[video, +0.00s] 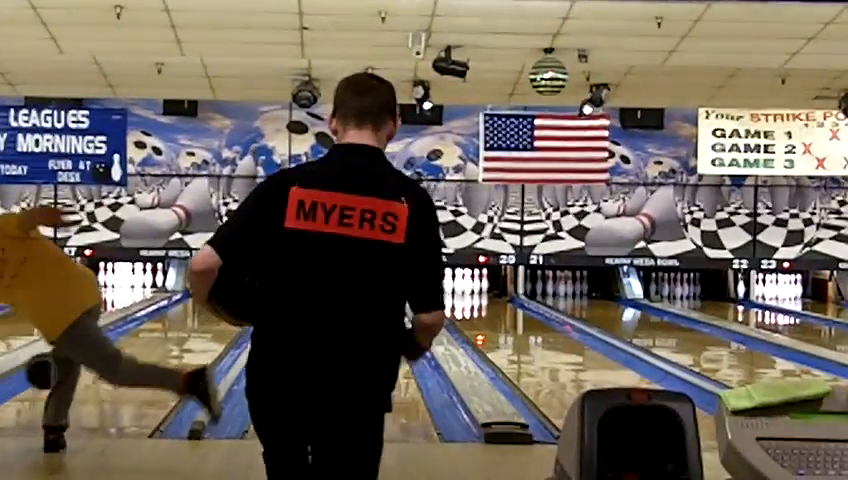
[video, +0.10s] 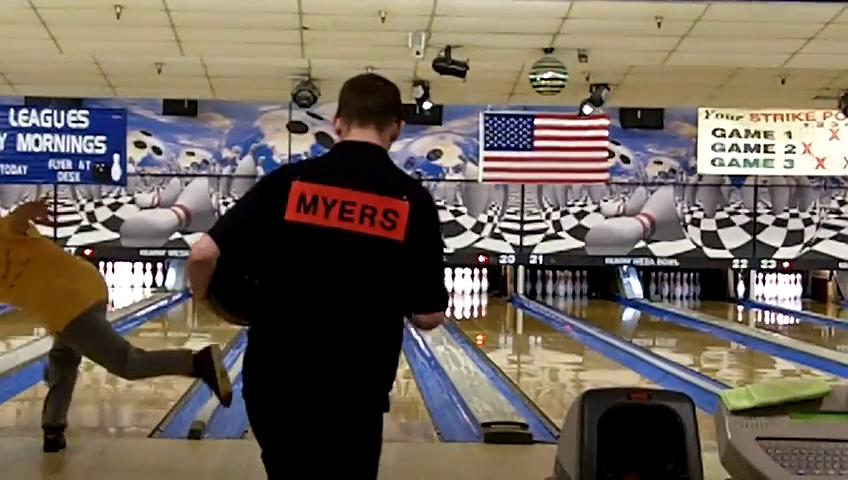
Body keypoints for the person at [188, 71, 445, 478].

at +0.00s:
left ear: (333, 123)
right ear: (394, 126)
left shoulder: (285, 184)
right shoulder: (412, 201)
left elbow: (202, 267)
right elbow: (431, 316)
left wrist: (223, 310)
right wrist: (417, 345)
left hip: (278, 383)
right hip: (359, 389)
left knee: (285, 477)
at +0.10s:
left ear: (337, 123)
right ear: (396, 129)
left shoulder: (288, 178)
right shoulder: (414, 200)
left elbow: (202, 252)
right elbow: (428, 316)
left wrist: (204, 300)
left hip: (276, 385)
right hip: (356, 392)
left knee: (286, 478)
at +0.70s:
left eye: (325, 115)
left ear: (325, 118)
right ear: (385, 122)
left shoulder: (278, 182)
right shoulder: (403, 202)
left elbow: (192, 244)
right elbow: (427, 313)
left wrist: (196, 302)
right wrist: (397, 263)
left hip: (266, 382)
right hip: (348, 389)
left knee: (285, 472)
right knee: (342, 478)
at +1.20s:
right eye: (335, 67)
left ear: (276, 73)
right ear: (334, 72)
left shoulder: (243, 147)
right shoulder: (365, 146)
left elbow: (187, 240)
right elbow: (381, 258)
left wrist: (207, 286)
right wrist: (377, 262)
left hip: (259, 338)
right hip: (337, 338)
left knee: (265, 467)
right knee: (335, 467)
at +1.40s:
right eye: (330, 62)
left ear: (273, 69)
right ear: (330, 68)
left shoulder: (242, 146)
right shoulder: (363, 142)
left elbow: (189, 244)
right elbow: (385, 250)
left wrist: (222, 284)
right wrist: (357, 252)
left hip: (261, 333)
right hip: (337, 333)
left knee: (265, 465)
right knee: (331, 462)